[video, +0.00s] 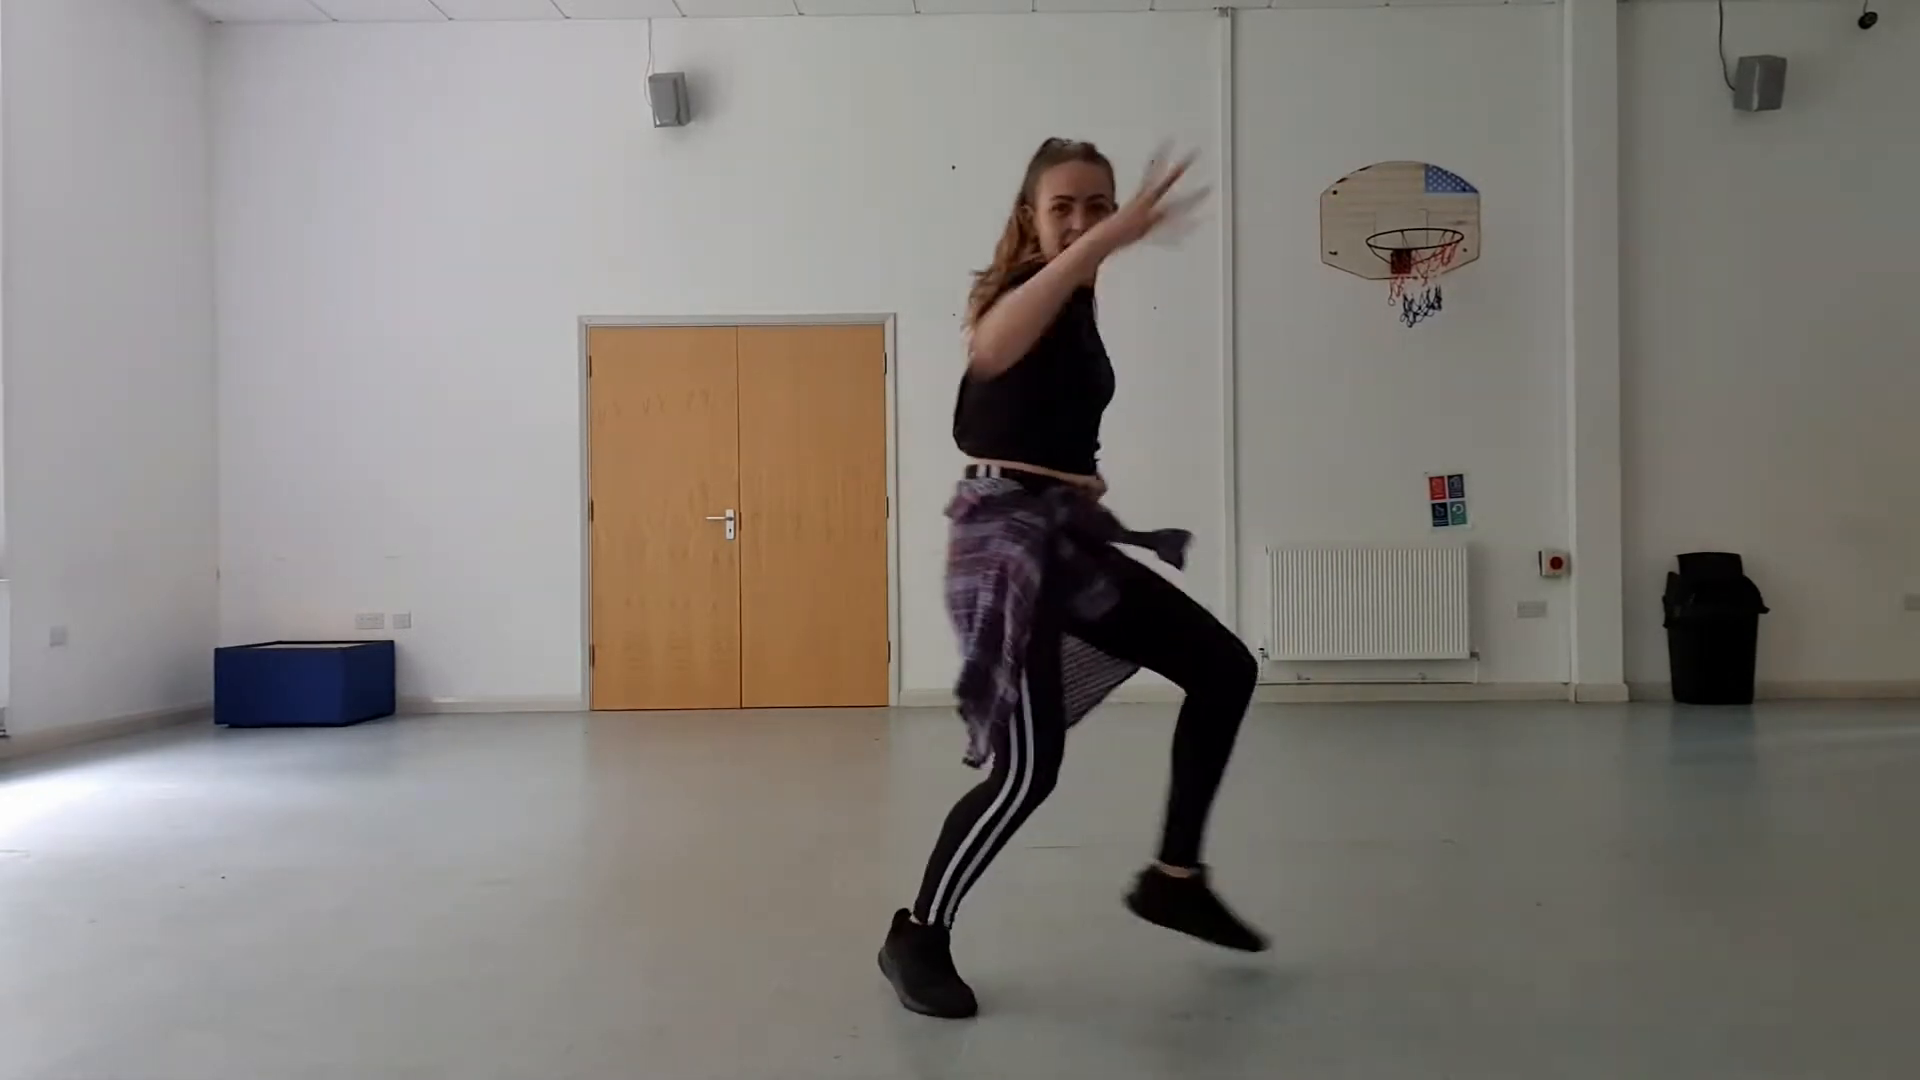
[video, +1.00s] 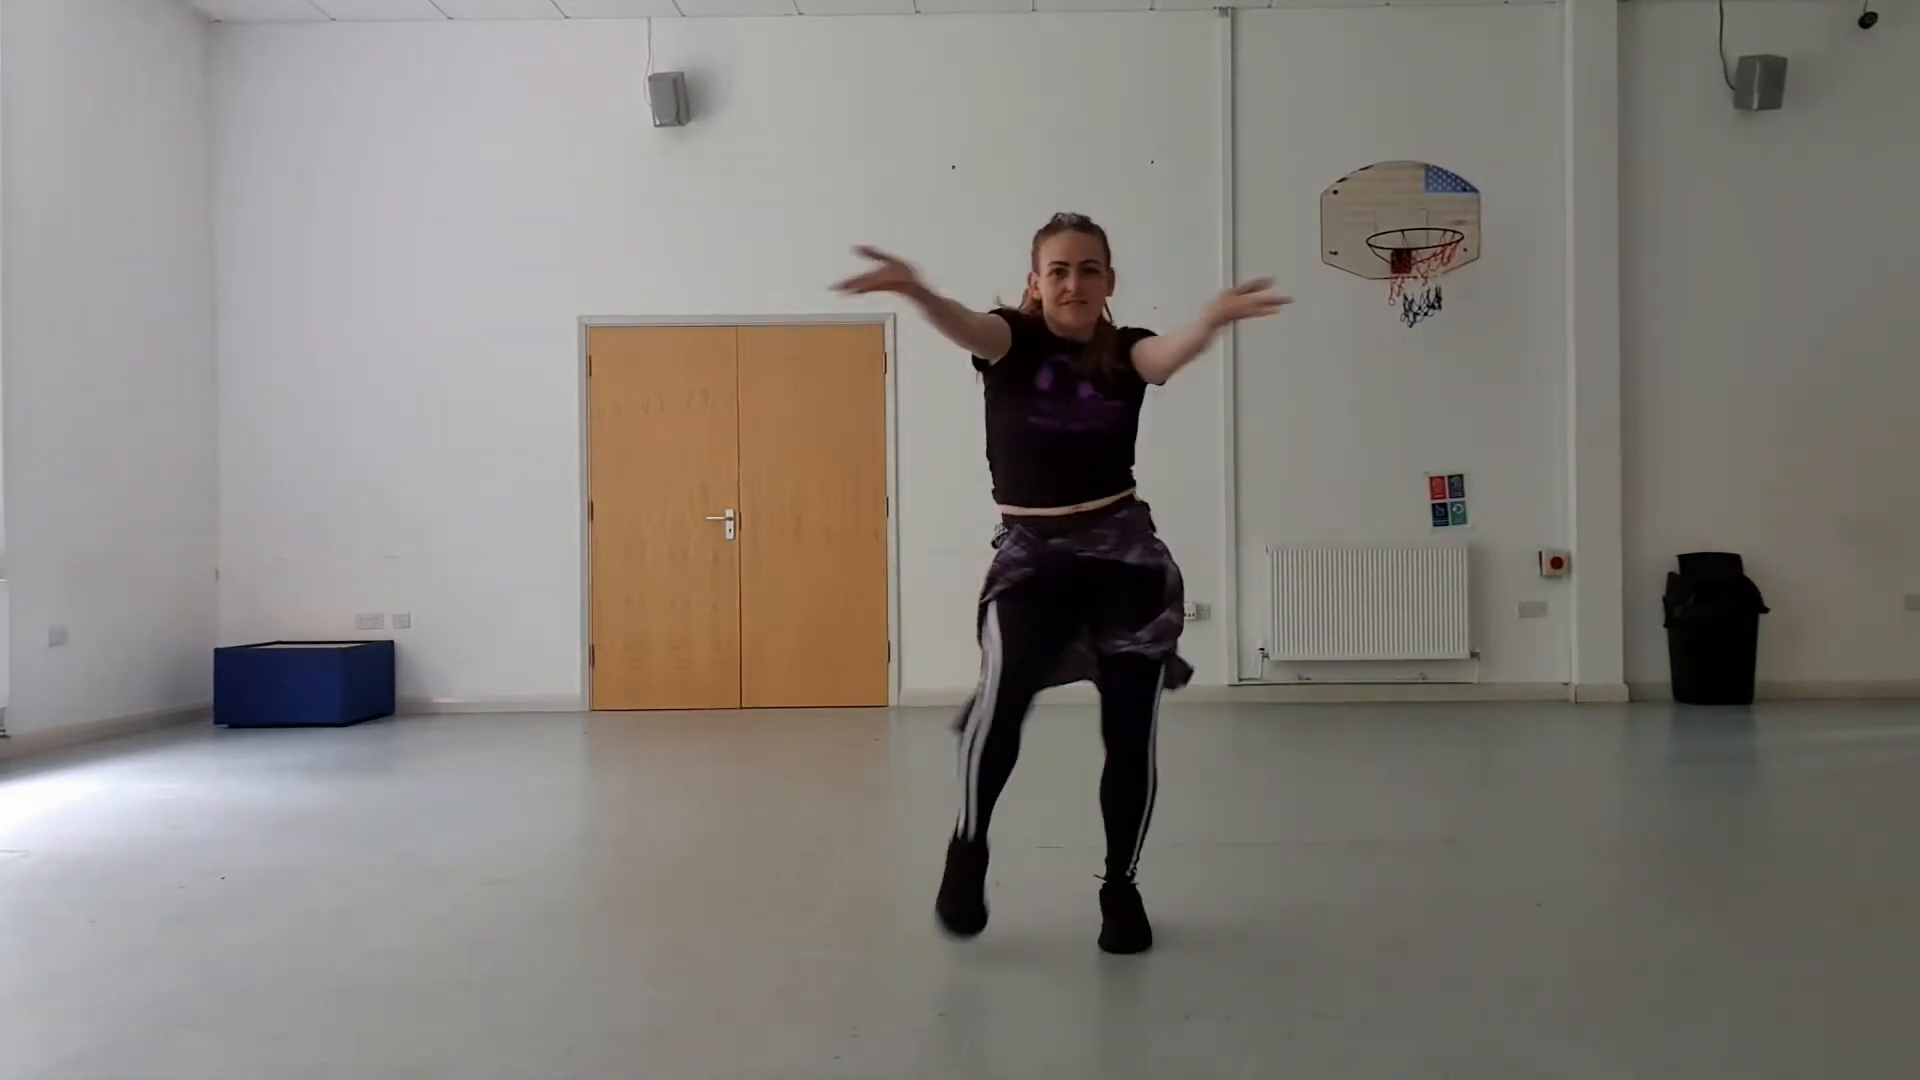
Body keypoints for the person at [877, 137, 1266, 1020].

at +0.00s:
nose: (1084, 223)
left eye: (1098, 207)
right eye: (1062, 207)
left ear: (1114, 215)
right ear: (1030, 217)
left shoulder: (1077, 307)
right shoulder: (1009, 291)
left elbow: (1061, 442)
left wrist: (1107, 525)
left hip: (1071, 538)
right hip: (1005, 539)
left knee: (1225, 669)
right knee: (1026, 765)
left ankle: (1177, 874)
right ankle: (921, 933)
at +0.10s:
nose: (1062, 215)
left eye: (1078, 198)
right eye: (1043, 199)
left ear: (1098, 210)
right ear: (1012, 212)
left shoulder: (1082, 305)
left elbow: (1037, 418)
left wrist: (1061, 485)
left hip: (1044, 544)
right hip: (977, 545)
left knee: (1196, 678)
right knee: (1018, 762)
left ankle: (1089, 870)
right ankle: (917, 930)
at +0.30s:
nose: (1015, 206)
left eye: (1033, 190)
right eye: (997, 193)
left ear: (1058, 203)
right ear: (970, 210)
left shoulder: (1091, 298)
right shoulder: (938, 308)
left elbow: (1136, 370)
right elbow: (886, 394)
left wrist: (1112, 439)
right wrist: (896, 432)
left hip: (1040, 536)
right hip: (944, 529)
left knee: (1108, 716)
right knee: (973, 733)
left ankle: (1023, 927)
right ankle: (919, 933)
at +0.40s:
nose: (997, 177)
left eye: (1014, 160)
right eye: (979, 161)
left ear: (1043, 173)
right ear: (953, 177)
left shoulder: (1081, 263)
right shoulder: (928, 271)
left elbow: (1209, 324)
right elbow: (836, 367)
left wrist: (1122, 361)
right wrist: (902, 343)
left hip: (1051, 507)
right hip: (945, 511)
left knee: (1103, 711)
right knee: (950, 718)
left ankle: (1060, 909)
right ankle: (918, 932)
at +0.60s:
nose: (1014, 183)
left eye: (1030, 166)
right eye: (997, 166)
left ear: (1055, 168)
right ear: (963, 174)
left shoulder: (1084, 240)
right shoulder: (947, 261)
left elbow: (1109, 286)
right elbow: (862, 311)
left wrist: (991, 331)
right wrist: (974, 264)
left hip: (1048, 482)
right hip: (955, 484)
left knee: (1069, 714)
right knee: (947, 717)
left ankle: (1120, 844)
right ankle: (954, 927)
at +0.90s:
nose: (1059, 279)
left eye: (1074, 266)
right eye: (1046, 266)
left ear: (1098, 274)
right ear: (1024, 276)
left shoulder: (1126, 342)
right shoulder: (996, 348)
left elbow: (1085, 354)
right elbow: (997, 336)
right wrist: (1007, 294)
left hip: (1114, 558)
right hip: (1020, 558)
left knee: (1100, 743)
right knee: (963, 709)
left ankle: (1117, 893)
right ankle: (955, 908)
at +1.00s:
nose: (1074, 283)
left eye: (1089, 270)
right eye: (1059, 270)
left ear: (1109, 281)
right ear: (1034, 282)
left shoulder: (1126, 350)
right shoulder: (1008, 340)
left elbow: (1164, 358)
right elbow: (964, 326)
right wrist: (917, 291)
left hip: (1122, 552)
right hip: (1031, 554)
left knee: (1130, 731)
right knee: (1001, 694)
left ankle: (1121, 883)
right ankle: (968, 848)